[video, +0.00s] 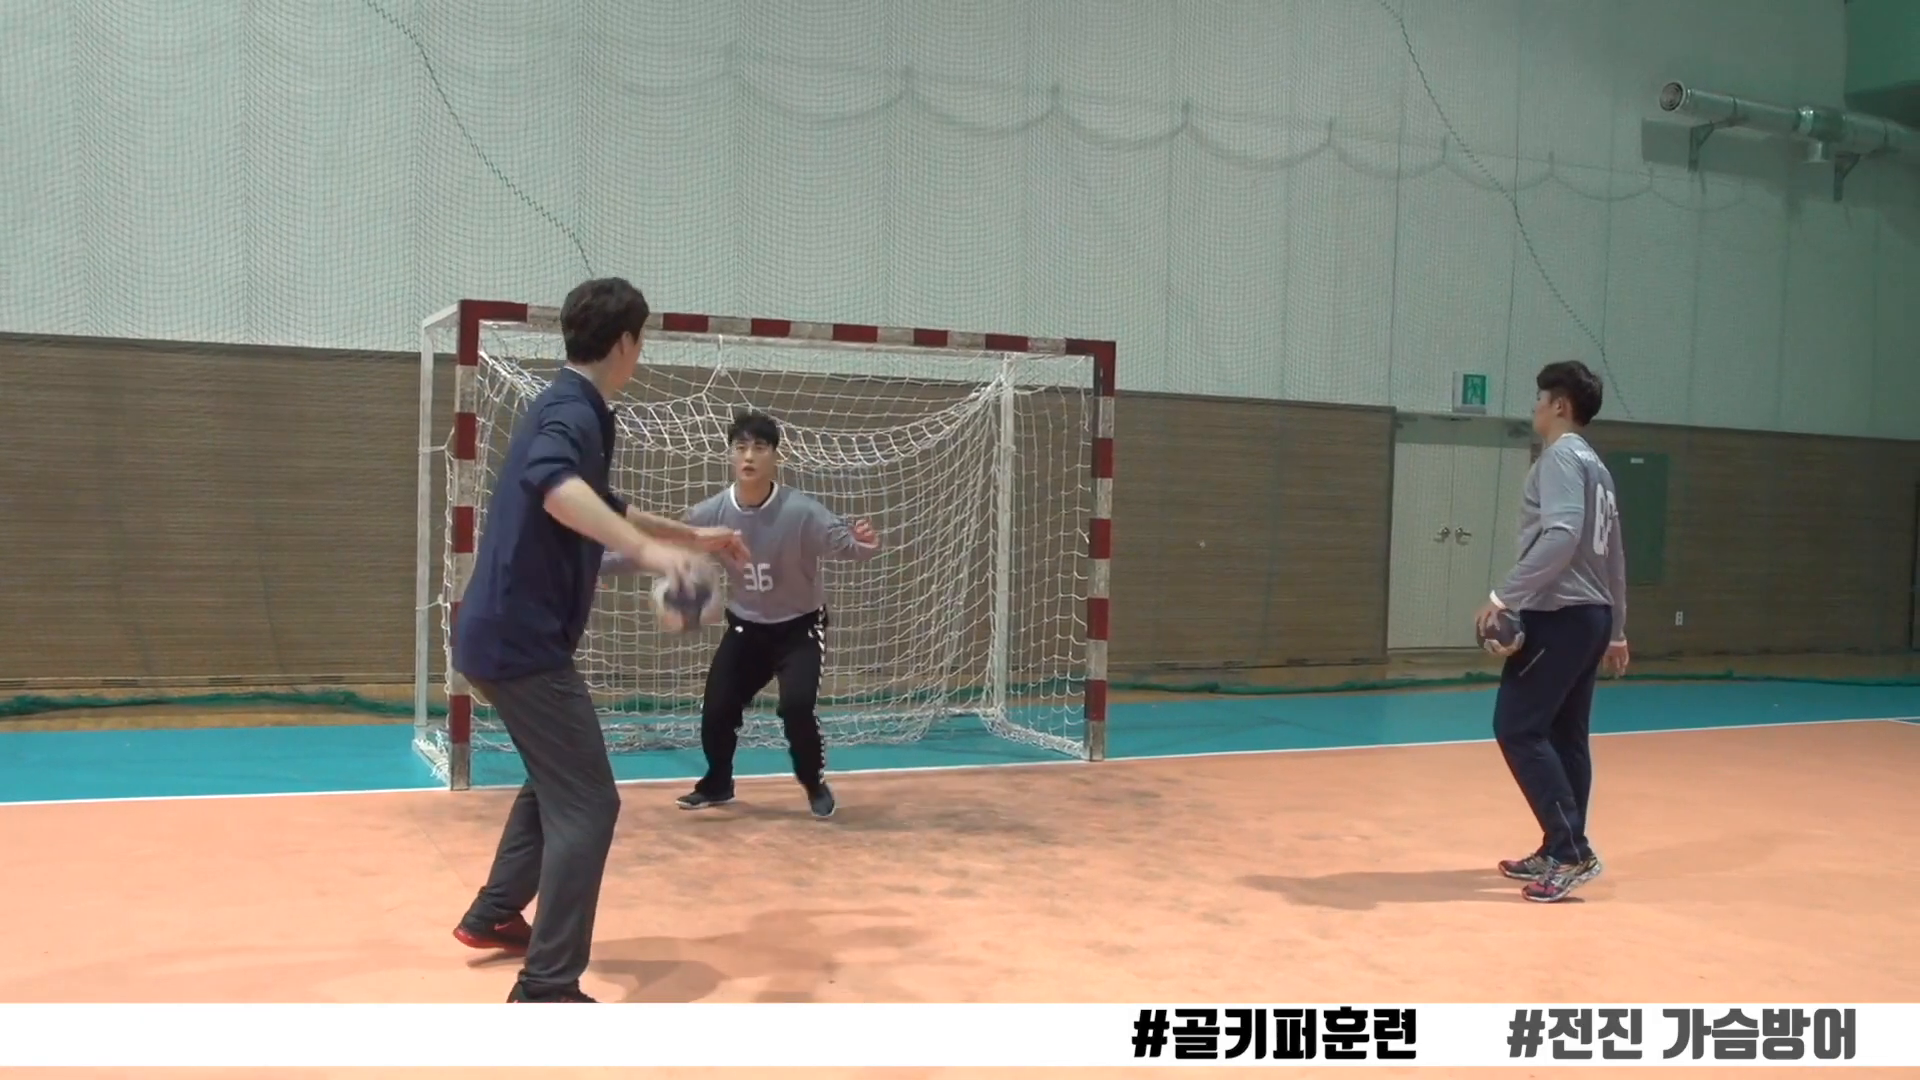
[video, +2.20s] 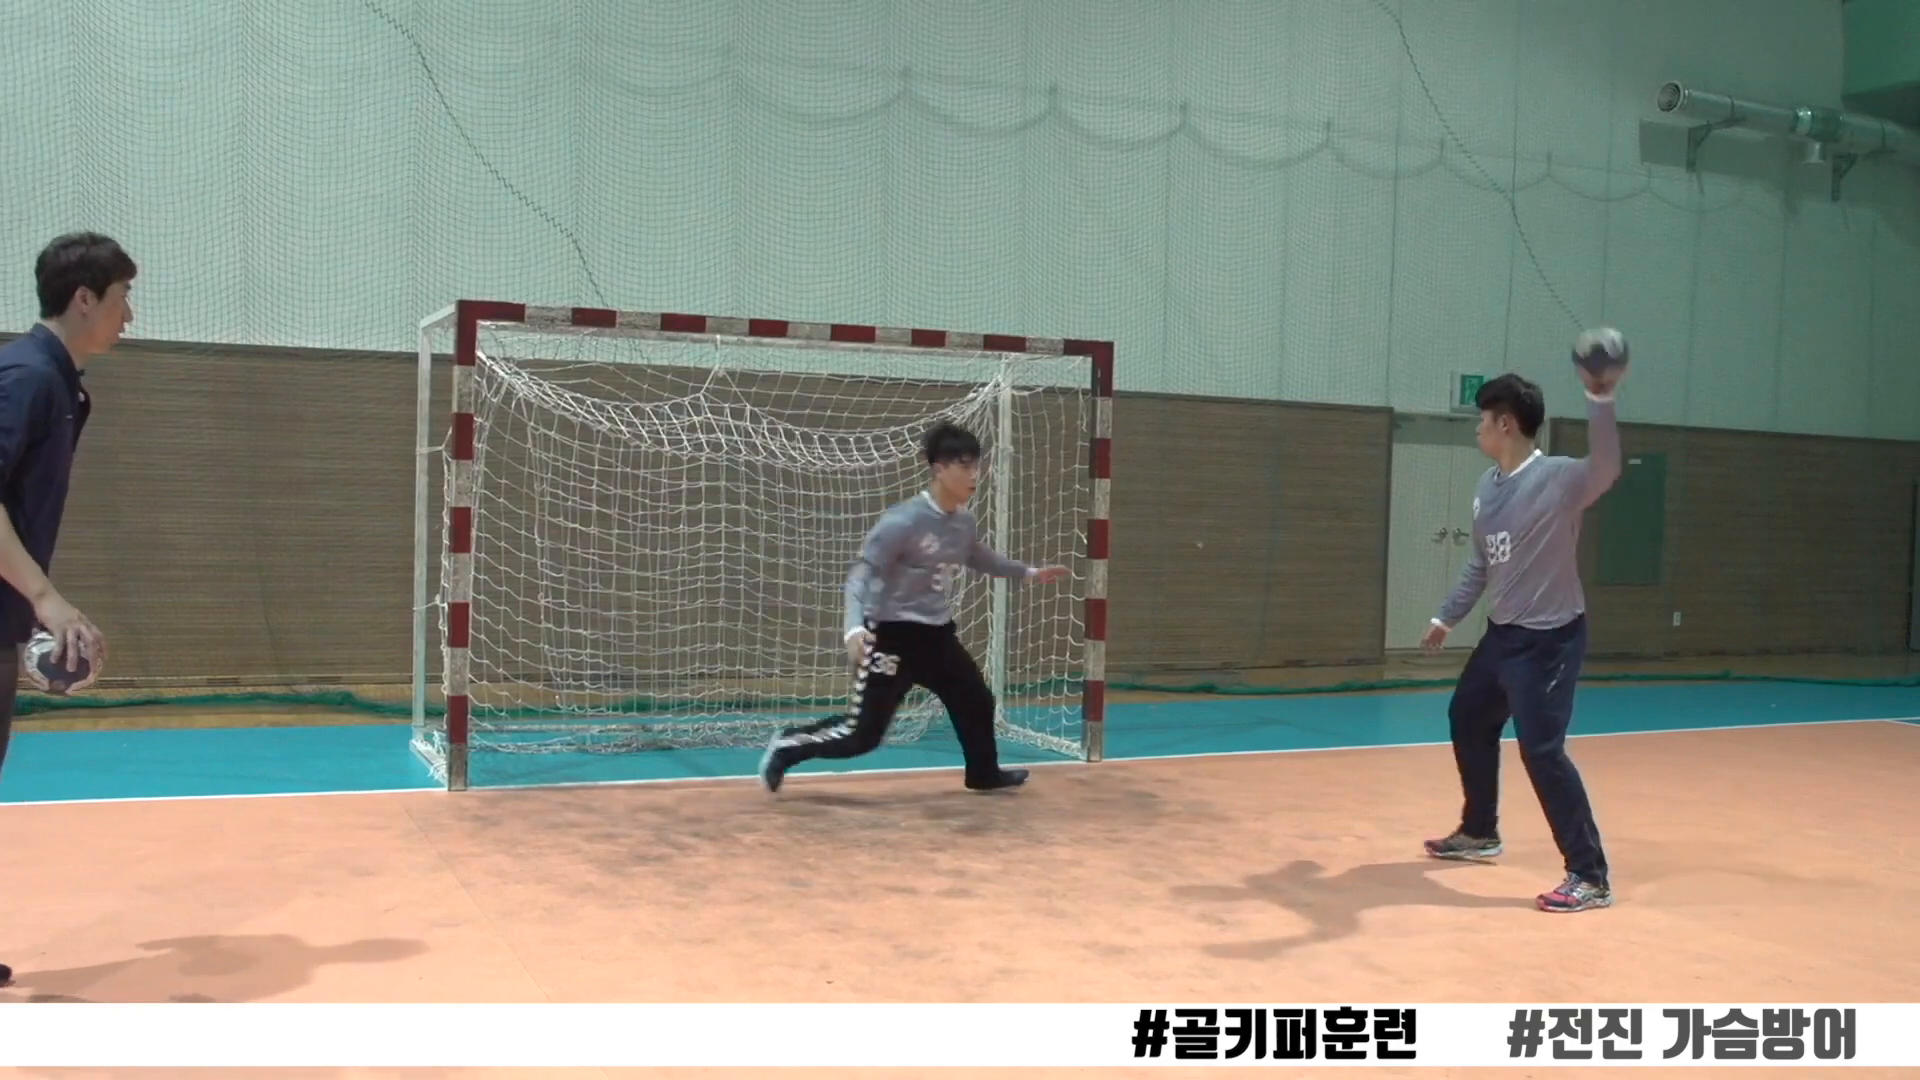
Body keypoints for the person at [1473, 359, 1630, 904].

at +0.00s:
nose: (1534, 409)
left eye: (1540, 398)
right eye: (1538, 398)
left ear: (1560, 404)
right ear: (1574, 409)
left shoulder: (1560, 455)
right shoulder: (1596, 468)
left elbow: (1560, 537)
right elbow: (1613, 557)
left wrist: (1504, 596)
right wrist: (1617, 629)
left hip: (1559, 617)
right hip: (1590, 618)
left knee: (1517, 728)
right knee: (1568, 733)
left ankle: (1571, 853)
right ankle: (1562, 850)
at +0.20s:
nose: (1529, 410)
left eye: (1535, 400)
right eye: (1533, 400)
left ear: (1556, 406)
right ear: (1569, 410)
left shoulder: (1556, 456)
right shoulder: (1594, 468)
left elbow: (1550, 533)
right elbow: (1611, 551)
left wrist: (1490, 576)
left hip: (1560, 615)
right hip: (1594, 615)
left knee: (1519, 726)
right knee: (1569, 730)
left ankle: (1570, 853)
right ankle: (1561, 849)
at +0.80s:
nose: (1520, 407)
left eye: (1528, 397)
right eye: (1523, 398)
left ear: (1552, 405)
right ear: (1554, 407)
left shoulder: (1563, 457)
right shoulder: (1552, 459)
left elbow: (1553, 538)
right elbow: (1547, 538)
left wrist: (1495, 558)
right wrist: (1501, 558)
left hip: (1571, 616)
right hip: (1555, 616)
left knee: (1563, 741)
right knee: (1553, 740)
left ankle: (1591, 873)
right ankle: (1558, 854)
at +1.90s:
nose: (1501, 415)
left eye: (1509, 407)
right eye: (1503, 406)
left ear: (1538, 415)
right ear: (1526, 414)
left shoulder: (1581, 476)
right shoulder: (1505, 475)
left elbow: (1626, 547)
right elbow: (1485, 538)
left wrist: (1553, 585)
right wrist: (1476, 570)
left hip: (1574, 633)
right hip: (1522, 631)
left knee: (1561, 746)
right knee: (1525, 744)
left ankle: (1592, 877)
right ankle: (1555, 852)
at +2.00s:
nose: (1495, 416)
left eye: (1502, 408)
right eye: (1497, 407)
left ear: (1530, 415)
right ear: (1522, 415)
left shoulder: (1573, 474)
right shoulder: (1501, 475)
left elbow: (1637, 526)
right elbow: (1483, 541)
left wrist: (1600, 566)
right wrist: (1460, 585)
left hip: (1566, 635)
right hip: (1516, 634)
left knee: (1557, 745)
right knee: (1507, 732)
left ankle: (1591, 877)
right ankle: (1550, 843)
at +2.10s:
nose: (1489, 421)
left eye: (1496, 413)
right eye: (1490, 412)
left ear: (1523, 418)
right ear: (1512, 418)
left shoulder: (1570, 478)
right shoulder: (1496, 480)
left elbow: (1621, 507)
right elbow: (1480, 553)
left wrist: (1626, 497)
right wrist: (1446, 603)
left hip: (1562, 634)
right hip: (1510, 632)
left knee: (1552, 746)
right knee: (1478, 721)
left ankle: (1591, 877)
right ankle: (1530, 828)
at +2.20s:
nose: (1478, 431)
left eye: (1483, 421)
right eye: (1479, 422)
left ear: (1506, 425)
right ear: (1508, 425)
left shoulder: (1558, 476)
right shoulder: (1490, 487)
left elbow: (1605, 472)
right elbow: (1481, 565)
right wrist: (1446, 617)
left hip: (1551, 635)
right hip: (1503, 634)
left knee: (1541, 746)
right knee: (1469, 719)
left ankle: (1590, 877)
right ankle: (1479, 833)